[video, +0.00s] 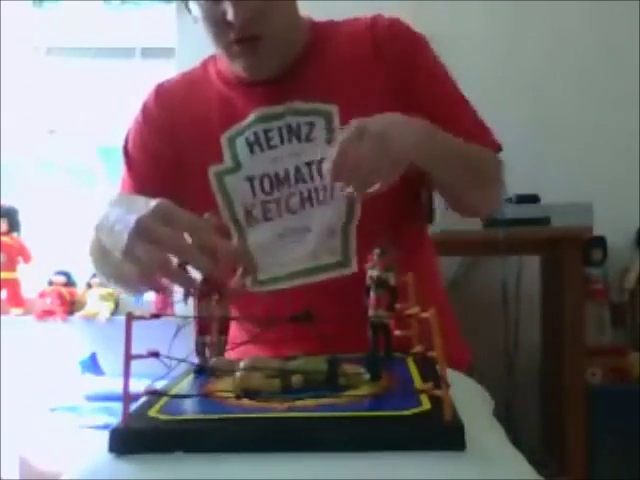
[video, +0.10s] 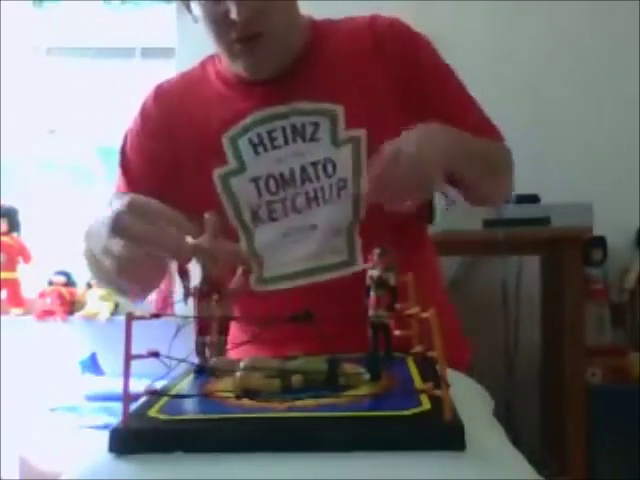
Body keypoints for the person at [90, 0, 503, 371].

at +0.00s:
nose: (233, 15)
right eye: (212, 0)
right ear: (193, 8)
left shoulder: (382, 50)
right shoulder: (169, 111)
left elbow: (484, 195)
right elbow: (130, 270)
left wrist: (415, 140)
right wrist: (116, 229)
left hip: (405, 372)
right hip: (252, 384)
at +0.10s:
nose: (237, 14)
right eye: (214, 1)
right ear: (190, 9)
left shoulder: (383, 49)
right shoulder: (169, 110)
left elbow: (497, 184)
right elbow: (136, 282)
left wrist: (443, 145)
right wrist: (108, 243)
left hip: (410, 368)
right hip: (256, 384)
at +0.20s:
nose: (240, 14)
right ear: (192, 7)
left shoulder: (386, 49)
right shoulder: (170, 113)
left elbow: (491, 153)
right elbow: (144, 289)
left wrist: (462, 182)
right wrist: (103, 251)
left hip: (411, 367)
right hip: (254, 384)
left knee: (503, 473)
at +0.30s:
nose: (249, 12)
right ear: (201, 8)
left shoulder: (393, 50)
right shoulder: (179, 114)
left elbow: (484, 159)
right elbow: (149, 282)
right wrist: (90, 260)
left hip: (417, 370)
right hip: (268, 391)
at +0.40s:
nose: (259, 17)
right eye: (237, 4)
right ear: (216, 10)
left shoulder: (402, 49)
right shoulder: (188, 111)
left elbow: (486, 166)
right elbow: (154, 268)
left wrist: (523, 283)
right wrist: (62, 286)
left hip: (427, 375)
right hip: (278, 397)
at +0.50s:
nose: (261, 17)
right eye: (240, 4)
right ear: (220, 8)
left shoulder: (407, 49)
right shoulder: (193, 108)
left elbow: (489, 170)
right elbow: (159, 261)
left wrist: (529, 286)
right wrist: (60, 298)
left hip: (428, 380)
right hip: (279, 400)